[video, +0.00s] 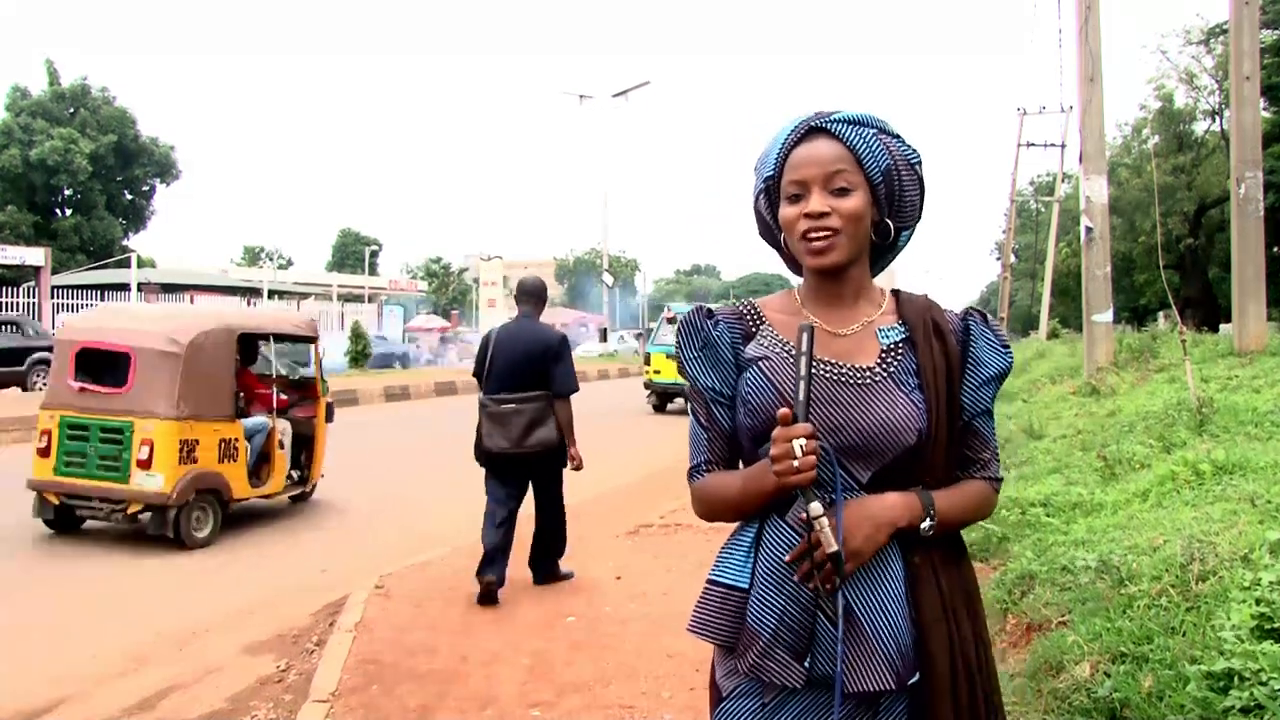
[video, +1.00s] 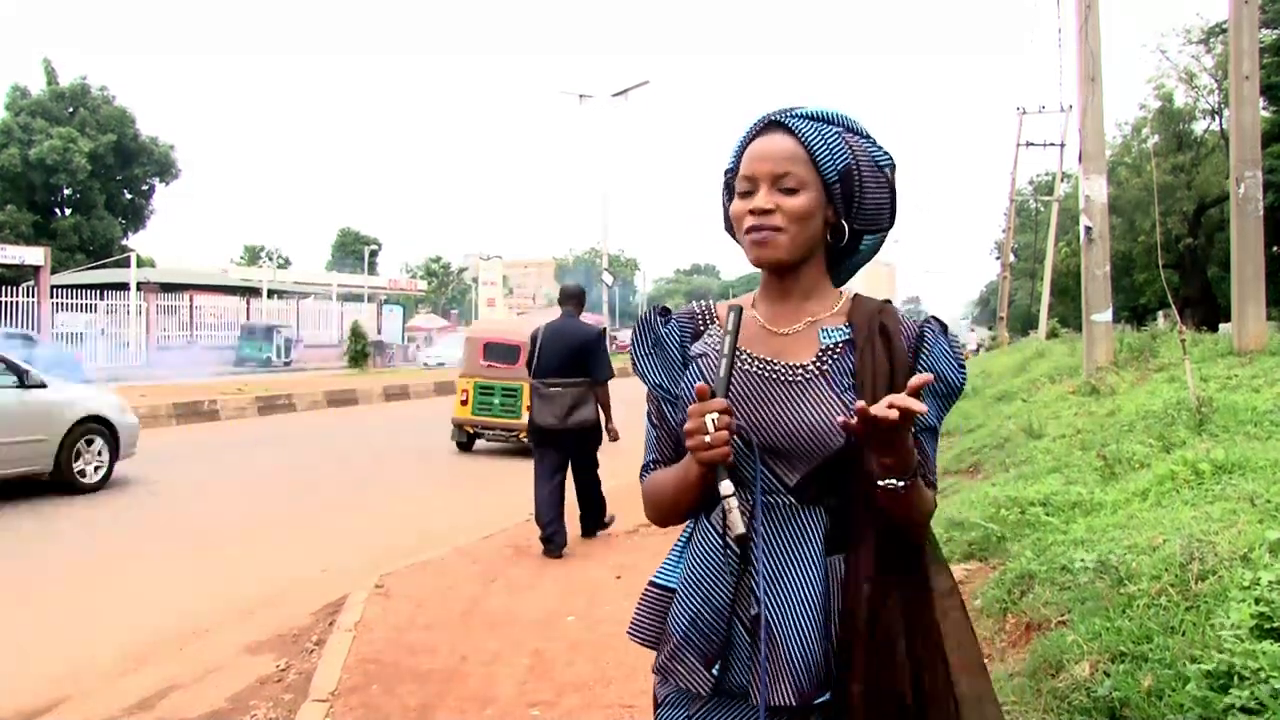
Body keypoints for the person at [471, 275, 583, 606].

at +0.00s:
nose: (538, 305)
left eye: (525, 298)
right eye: (542, 300)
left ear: (516, 300)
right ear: (544, 302)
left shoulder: (493, 337)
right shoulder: (554, 340)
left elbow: (483, 385)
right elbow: (561, 399)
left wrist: (493, 432)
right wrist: (571, 443)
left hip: (502, 438)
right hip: (544, 437)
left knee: (499, 505)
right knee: (549, 504)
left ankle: (490, 575)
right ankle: (545, 568)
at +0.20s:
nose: (550, 301)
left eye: (537, 295)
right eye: (555, 296)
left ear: (530, 296)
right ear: (557, 297)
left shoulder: (509, 333)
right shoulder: (570, 333)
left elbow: (501, 387)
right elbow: (581, 388)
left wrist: (503, 431)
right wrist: (592, 427)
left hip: (520, 432)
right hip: (560, 430)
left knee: (523, 488)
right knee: (558, 497)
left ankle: (517, 542)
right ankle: (547, 566)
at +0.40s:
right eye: (561, 301)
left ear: (536, 303)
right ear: (564, 302)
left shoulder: (520, 338)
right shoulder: (578, 334)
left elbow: (510, 388)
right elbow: (595, 385)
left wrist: (504, 431)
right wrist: (607, 420)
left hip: (532, 430)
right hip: (571, 428)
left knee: (535, 493)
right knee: (563, 495)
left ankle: (546, 552)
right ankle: (545, 566)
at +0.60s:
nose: (556, 307)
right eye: (563, 302)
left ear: (539, 304)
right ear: (566, 303)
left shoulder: (524, 338)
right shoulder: (581, 334)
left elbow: (517, 389)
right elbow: (595, 385)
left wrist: (513, 430)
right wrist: (607, 419)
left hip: (540, 423)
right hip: (576, 421)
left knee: (545, 482)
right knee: (568, 483)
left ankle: (553, 541)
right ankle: (554, 537)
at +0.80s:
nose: (568, 302)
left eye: (559, 297)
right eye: (571, 298)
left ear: (549, 298)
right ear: (573, 299)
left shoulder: (529, 331)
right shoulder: (585, 330)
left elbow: (523, 374)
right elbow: (597, 378)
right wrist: (606, 412)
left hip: (540, 420)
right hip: (579, 418)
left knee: (543, 478)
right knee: (583, 470)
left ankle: (552, 540)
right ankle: (577, 523)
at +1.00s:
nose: (577, 308)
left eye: (568, 302)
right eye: (581, 304)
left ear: (559, 303)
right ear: (583, 305)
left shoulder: (539, 334)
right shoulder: (592, 336)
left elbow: (532, 374)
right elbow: (600, 385)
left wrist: (542, 407)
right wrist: (609, 420)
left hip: (545, 422)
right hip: (582, 421)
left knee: (548, 479)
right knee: (586, 473)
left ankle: (552, 542)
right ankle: (592, 522)